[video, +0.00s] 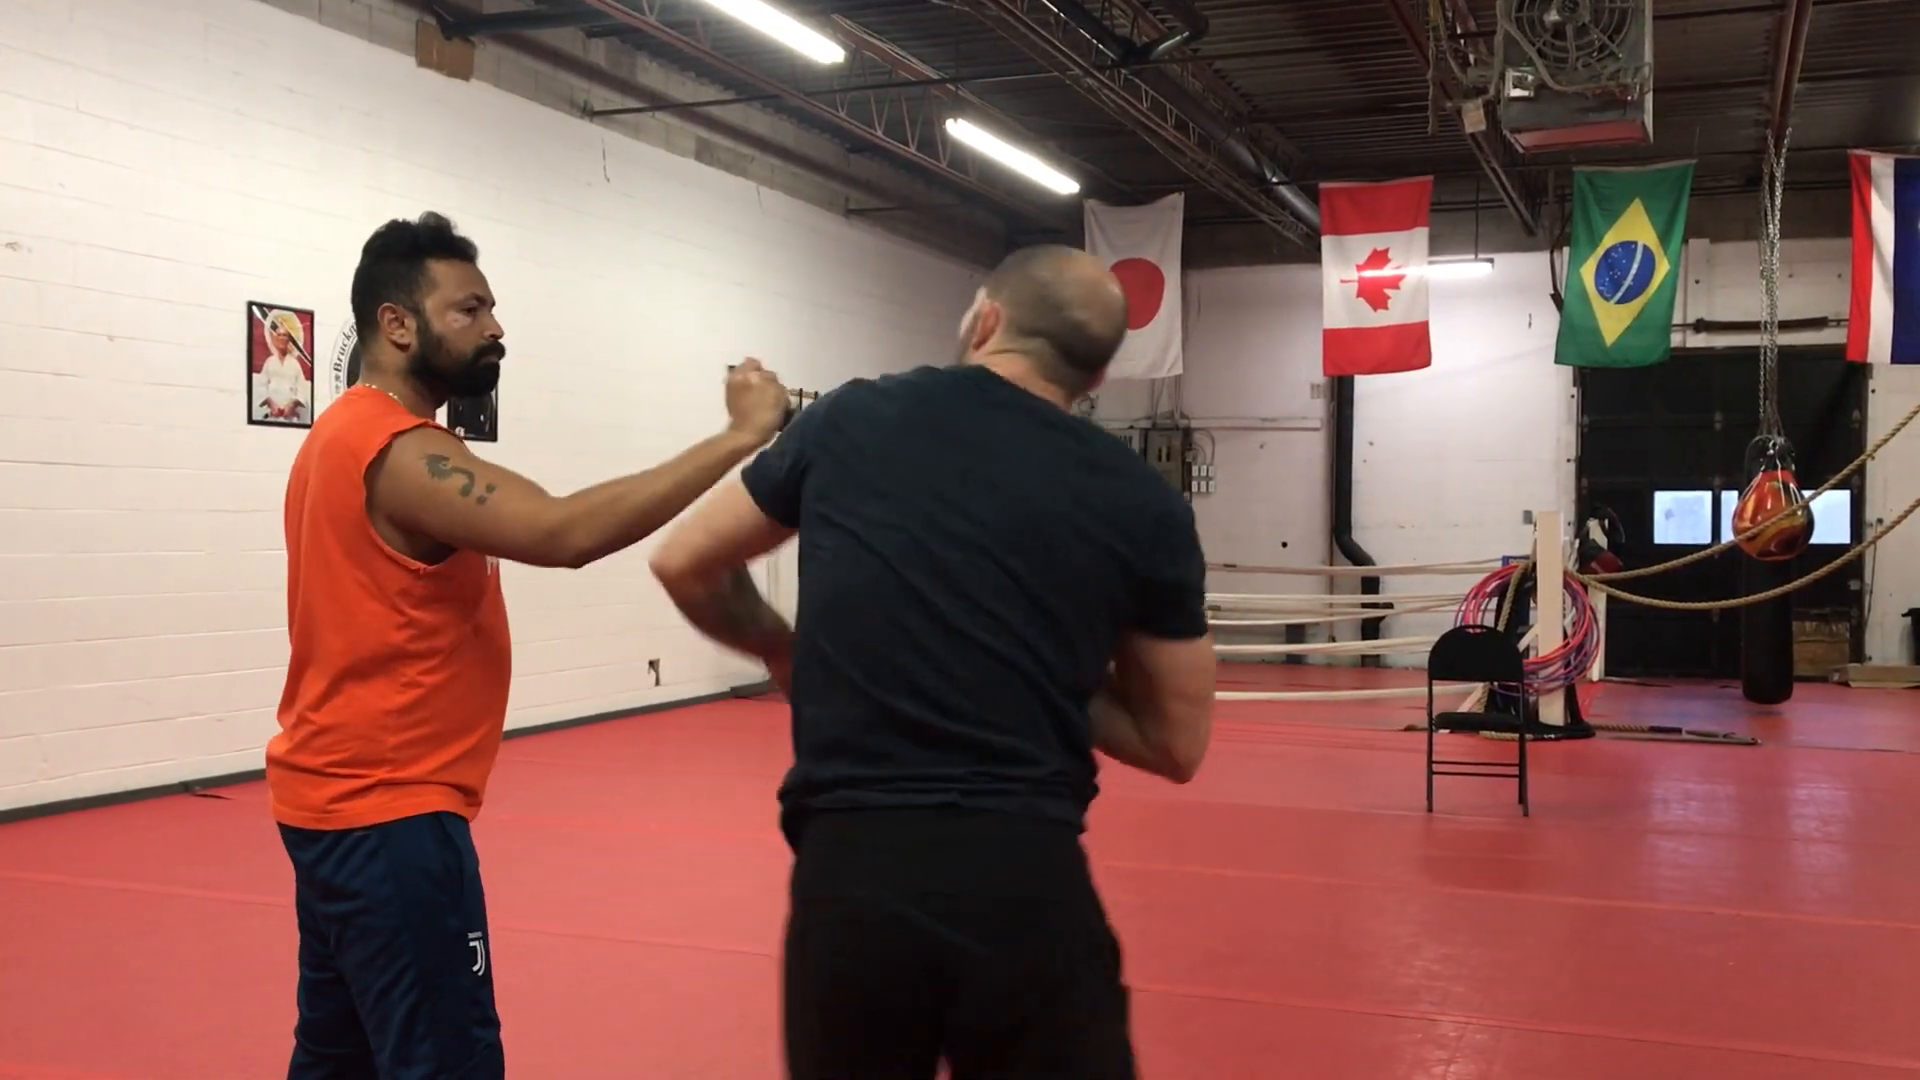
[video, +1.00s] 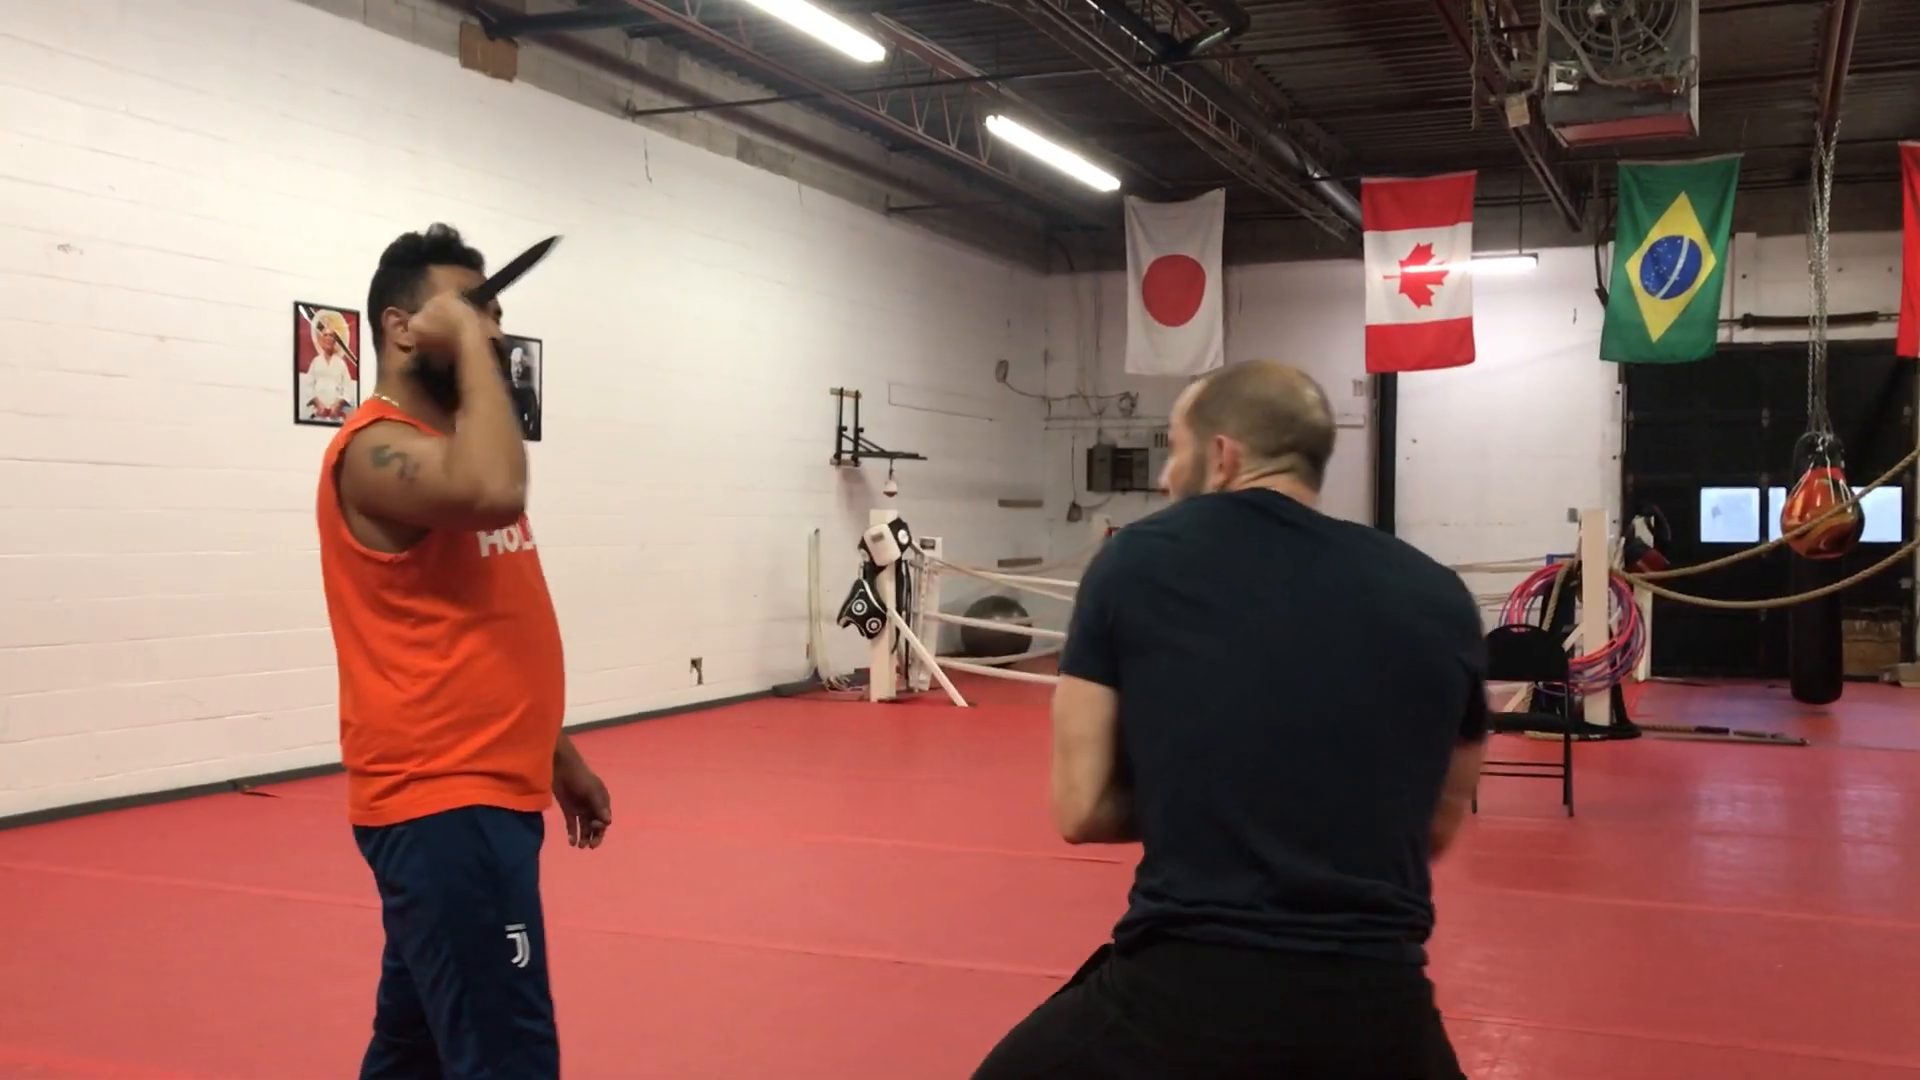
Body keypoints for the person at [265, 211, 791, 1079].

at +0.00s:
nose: (496, 328)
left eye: (489, 307)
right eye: (472, 308)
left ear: (395, 329)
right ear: (395, 324)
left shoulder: (336, 439)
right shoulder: (396, 450)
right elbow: (565, 531)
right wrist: (742, 438)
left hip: (335, 805)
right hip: (393, 814)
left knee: (337, 1057)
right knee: (452, 1058)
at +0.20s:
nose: (486, 326)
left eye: (483, 305)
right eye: (462, 306)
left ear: (391, 328)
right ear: (388, 322)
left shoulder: (353, 435)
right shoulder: (385, 442)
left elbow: (386, 633)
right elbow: (534, 542)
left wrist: (466, 763)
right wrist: (653, 402)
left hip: (361, 803)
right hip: (395, 809)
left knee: (350, 1055)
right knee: (451, 1059)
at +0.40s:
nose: (468, 326)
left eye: (467, 309)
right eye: (445, 305)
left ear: (382, 329)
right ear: (376, 323)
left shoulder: (390, 437)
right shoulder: (361, 439)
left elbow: (401, 640)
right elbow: (503, 499)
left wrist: (488, 760)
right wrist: (505, 334)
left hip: (404, 803)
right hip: (398, 809)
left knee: (362, 1056)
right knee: (451, 1058)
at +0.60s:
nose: (467, 337)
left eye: (467, 315)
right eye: (444, 312)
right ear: (379, 328)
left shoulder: (417, 435)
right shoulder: (341, 444)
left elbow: (444, 632)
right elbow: (458, 482)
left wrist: (508, 766)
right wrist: (411, 349)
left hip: (445, 802)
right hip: (397, 808)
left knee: (378, 1056)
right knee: (460, 1057)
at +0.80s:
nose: (473, 338)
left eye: (475, 318)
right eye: (448, 315)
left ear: (475, 327)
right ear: (379, 336)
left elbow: (475, 625)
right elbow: (447, 492)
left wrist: (538, 756)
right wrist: (415, 350)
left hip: (466, 801)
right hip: (414, 807)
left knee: (397, 1056)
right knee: (477, 1058)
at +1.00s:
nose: (488, 326)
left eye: (488, 310)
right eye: (468, 307)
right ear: (402, 328)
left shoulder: (457, 439)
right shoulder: (377, 446)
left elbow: (487, 622)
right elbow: (492, 485)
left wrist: (557, 751)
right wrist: (471, 340)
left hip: (481, 798)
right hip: (439, 804)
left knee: (415, 1055)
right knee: (509, 1057)